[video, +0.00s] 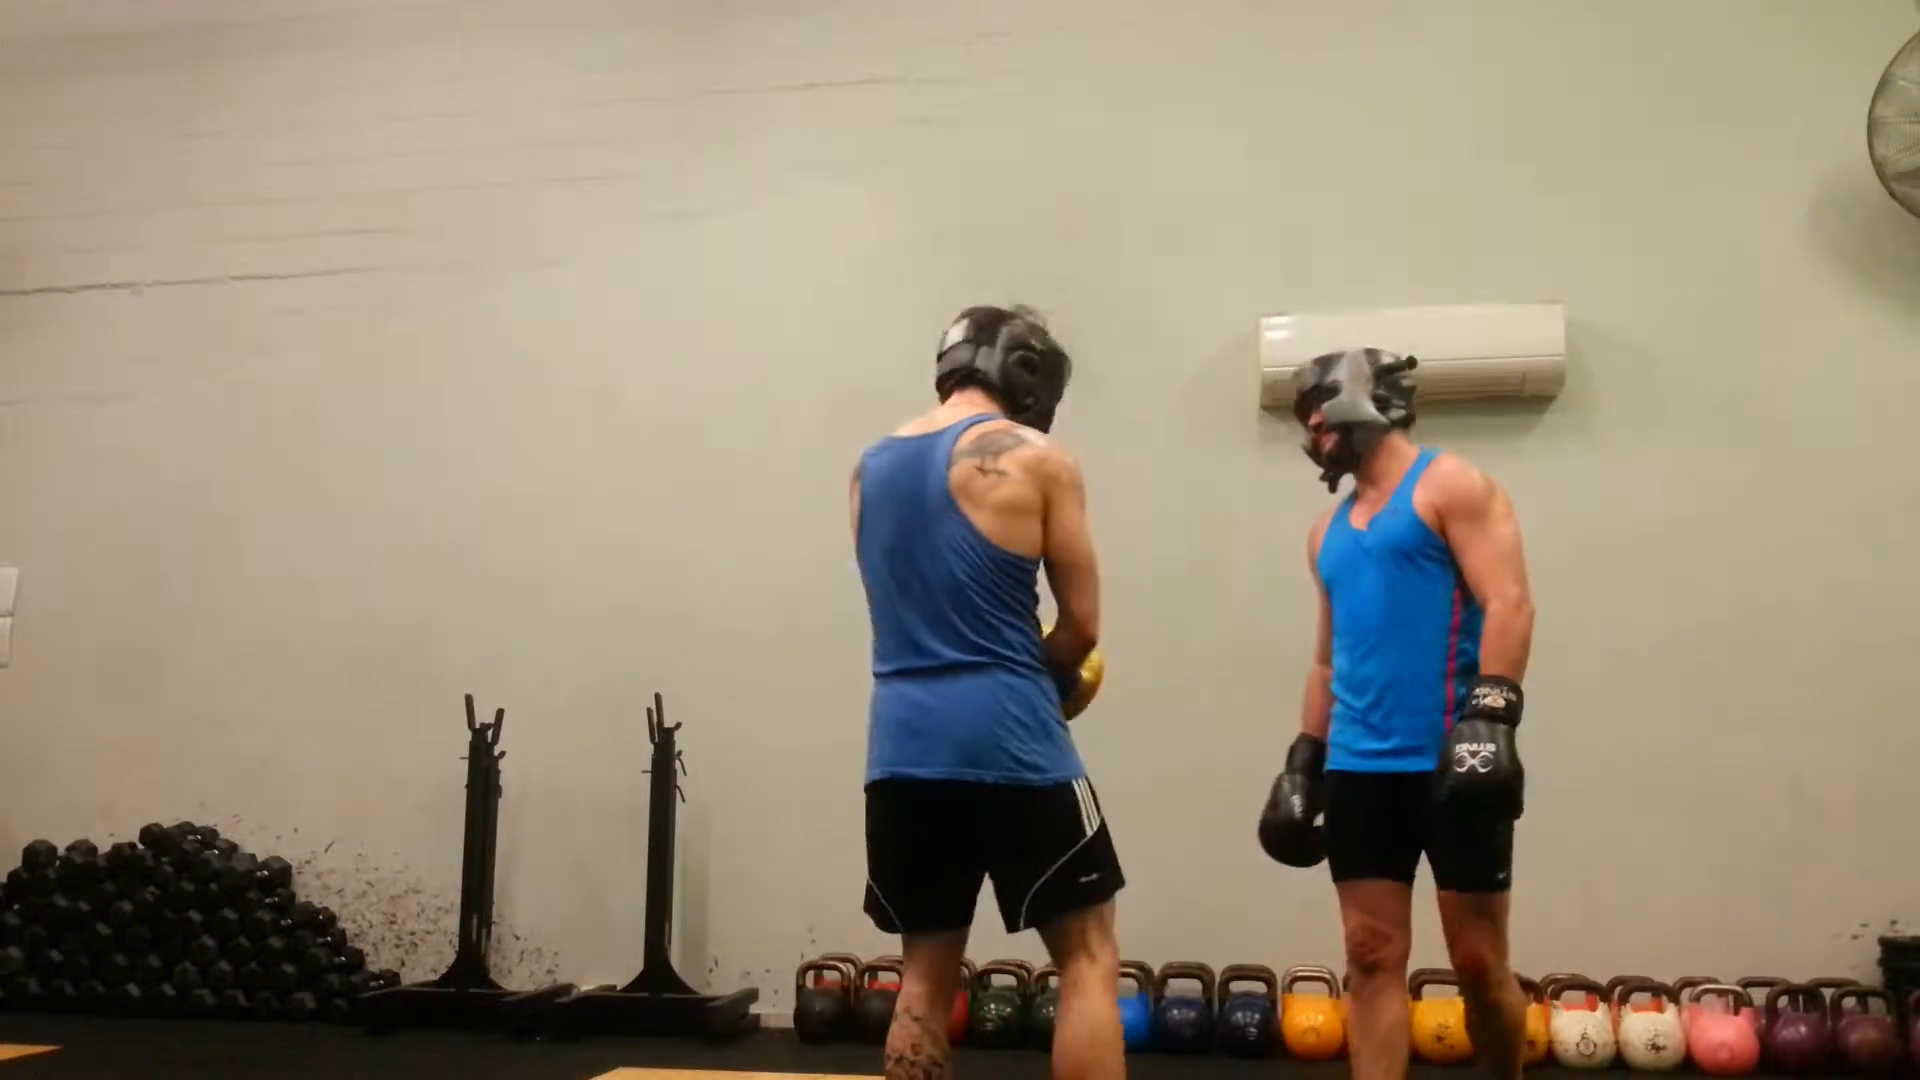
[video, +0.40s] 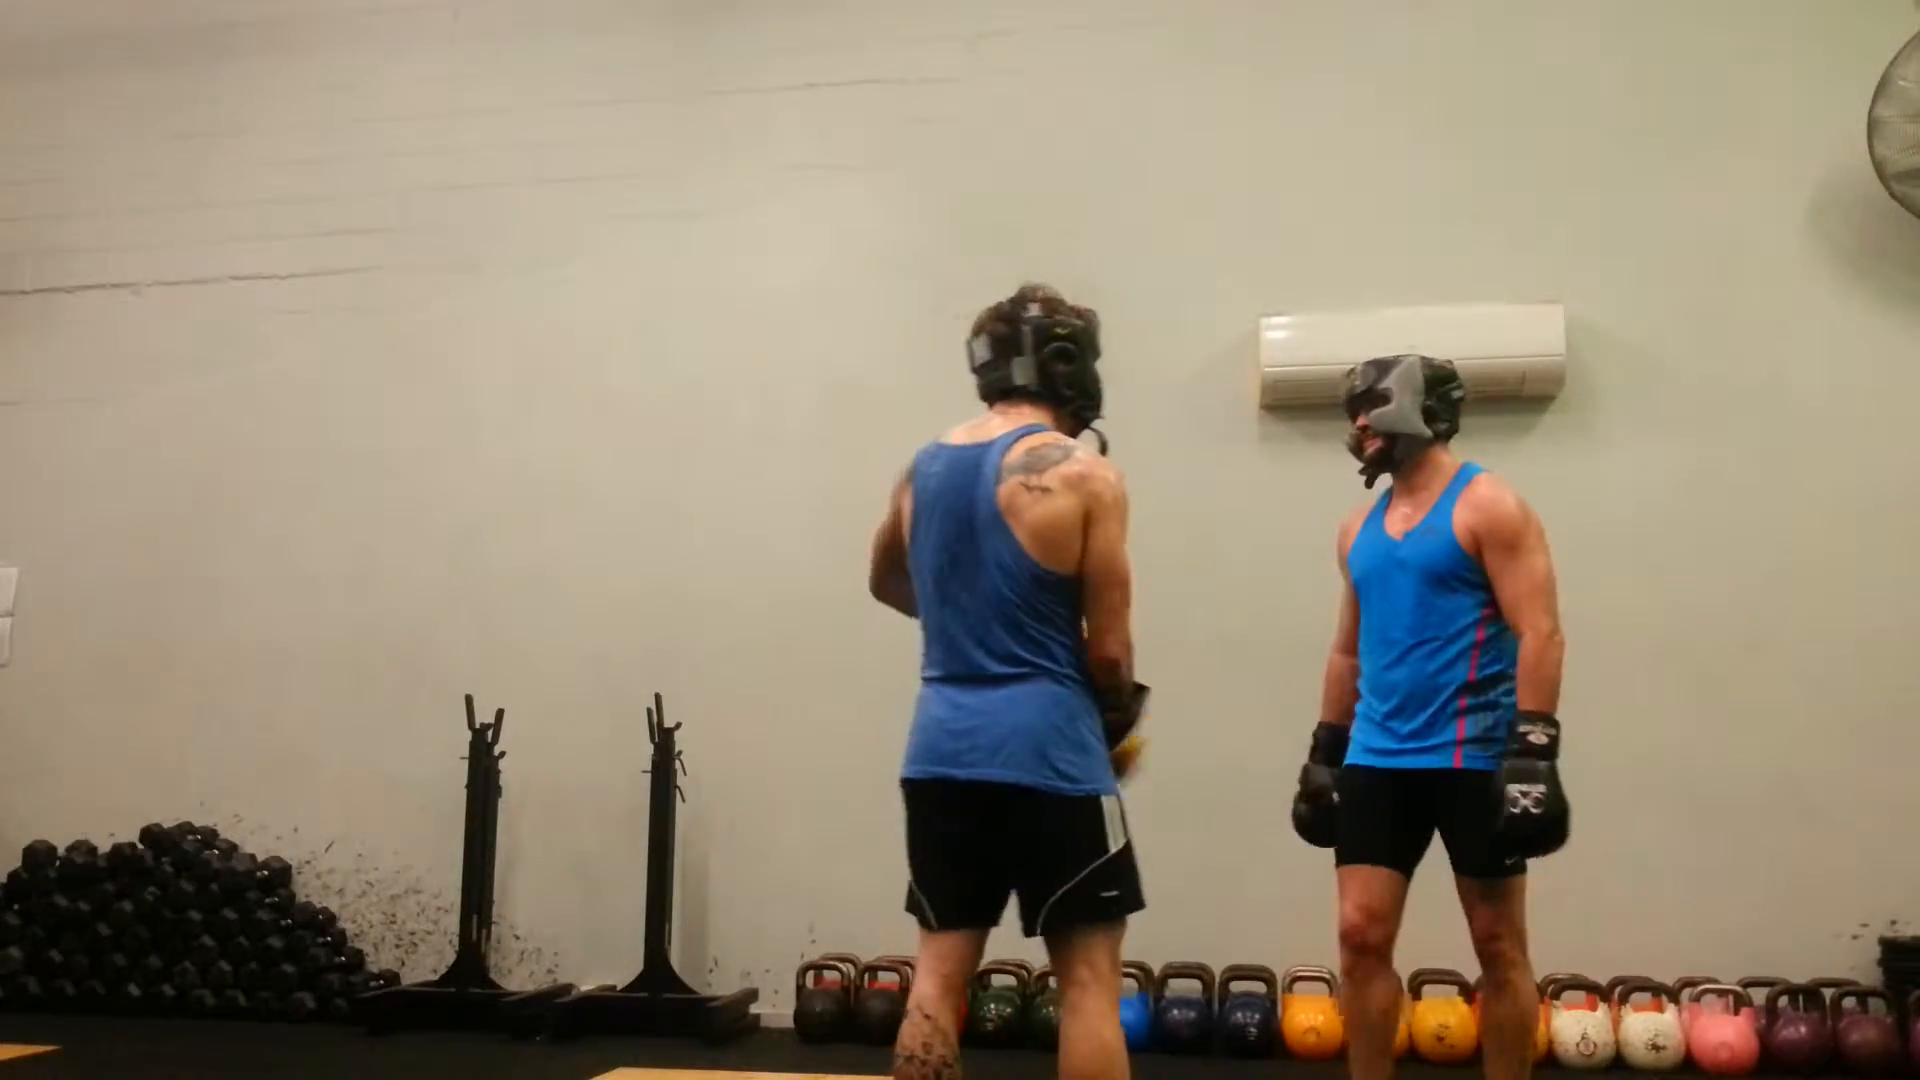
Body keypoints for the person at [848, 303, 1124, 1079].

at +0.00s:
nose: (1046, 405)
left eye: (1047, 392)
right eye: (1044, 389)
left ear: (946, 374)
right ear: (1024, 377)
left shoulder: (871, 465)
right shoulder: (1042, 459)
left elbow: (902, 607)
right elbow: (1080, 624)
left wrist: (1056, 676)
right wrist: (1037, 672)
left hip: (902, 755)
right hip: (1016, 753)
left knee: (925, 971)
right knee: (1087, 961)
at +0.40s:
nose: (1094, 370)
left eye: (1087, 354)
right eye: (1087, 356)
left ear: (985, 369)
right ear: (1071, 368)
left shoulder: (927, 466)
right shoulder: (1091, 478)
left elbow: (888, 581)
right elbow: (1109, 649)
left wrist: (977, 612)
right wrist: (1119, 724)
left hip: (941, 757)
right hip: (1050, 763)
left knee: (940, 969)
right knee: (1089, 981)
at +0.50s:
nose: (1119, 376)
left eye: (1112, 361)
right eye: (1113, 363)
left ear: (1014, 372)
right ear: (1100, 373)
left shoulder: (952, 462)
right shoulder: (1111, 483)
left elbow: (891, 566)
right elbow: (1124, 657)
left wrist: (980, 608)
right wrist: (1161, 743)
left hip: (962, 758)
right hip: (1072, 764)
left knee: (955, 973)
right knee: (1100, 986)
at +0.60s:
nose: (1143, 375)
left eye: (1139, 360)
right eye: (1137, 361)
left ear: (1039, 372)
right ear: (1122, 372)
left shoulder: (976, 461)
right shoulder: (1134, 485)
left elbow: (903, 563)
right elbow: (1147, 658)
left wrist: (988, 611)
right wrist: (1194, 741)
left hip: (982, 758)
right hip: (1090, 762)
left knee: (974, 962)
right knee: (1111, 974)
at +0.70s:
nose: (1162, 372)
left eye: (1157, 358)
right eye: (1156, 359)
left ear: (1058, 370)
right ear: (1140, 370)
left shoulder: (998, 462)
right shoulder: (1157, 483)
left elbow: (924, 563)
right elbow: (1172, 656)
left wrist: (1011, 610)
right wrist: (1204, 734)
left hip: (1004, 760)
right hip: (1110, 765)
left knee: (987, 973)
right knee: (1118, 984)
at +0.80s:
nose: (1181, 380)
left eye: (1178, 366)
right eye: (1177, 366)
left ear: (1080, 372)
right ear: (1161, 373)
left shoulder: (1020, 459)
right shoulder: (1181, 482)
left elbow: (941, 554)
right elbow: (1201, 655)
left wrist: (1030, 591)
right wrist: (1216, 739)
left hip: (1026, 757)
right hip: (1131, 763)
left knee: (1005, 963)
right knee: (1129, 987)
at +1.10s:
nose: (1223, 408)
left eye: (1225, 397)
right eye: (1224, 395)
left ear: (1130, 382)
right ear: (1207, 387)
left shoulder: (1057, 451)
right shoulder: (1221, 486)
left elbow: (986, 535)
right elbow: (1247, 649)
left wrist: (1073, 564)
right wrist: (1220, 727)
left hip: (1054, 751)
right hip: (1157, 758)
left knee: (1075, 952)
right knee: (1143, 979)